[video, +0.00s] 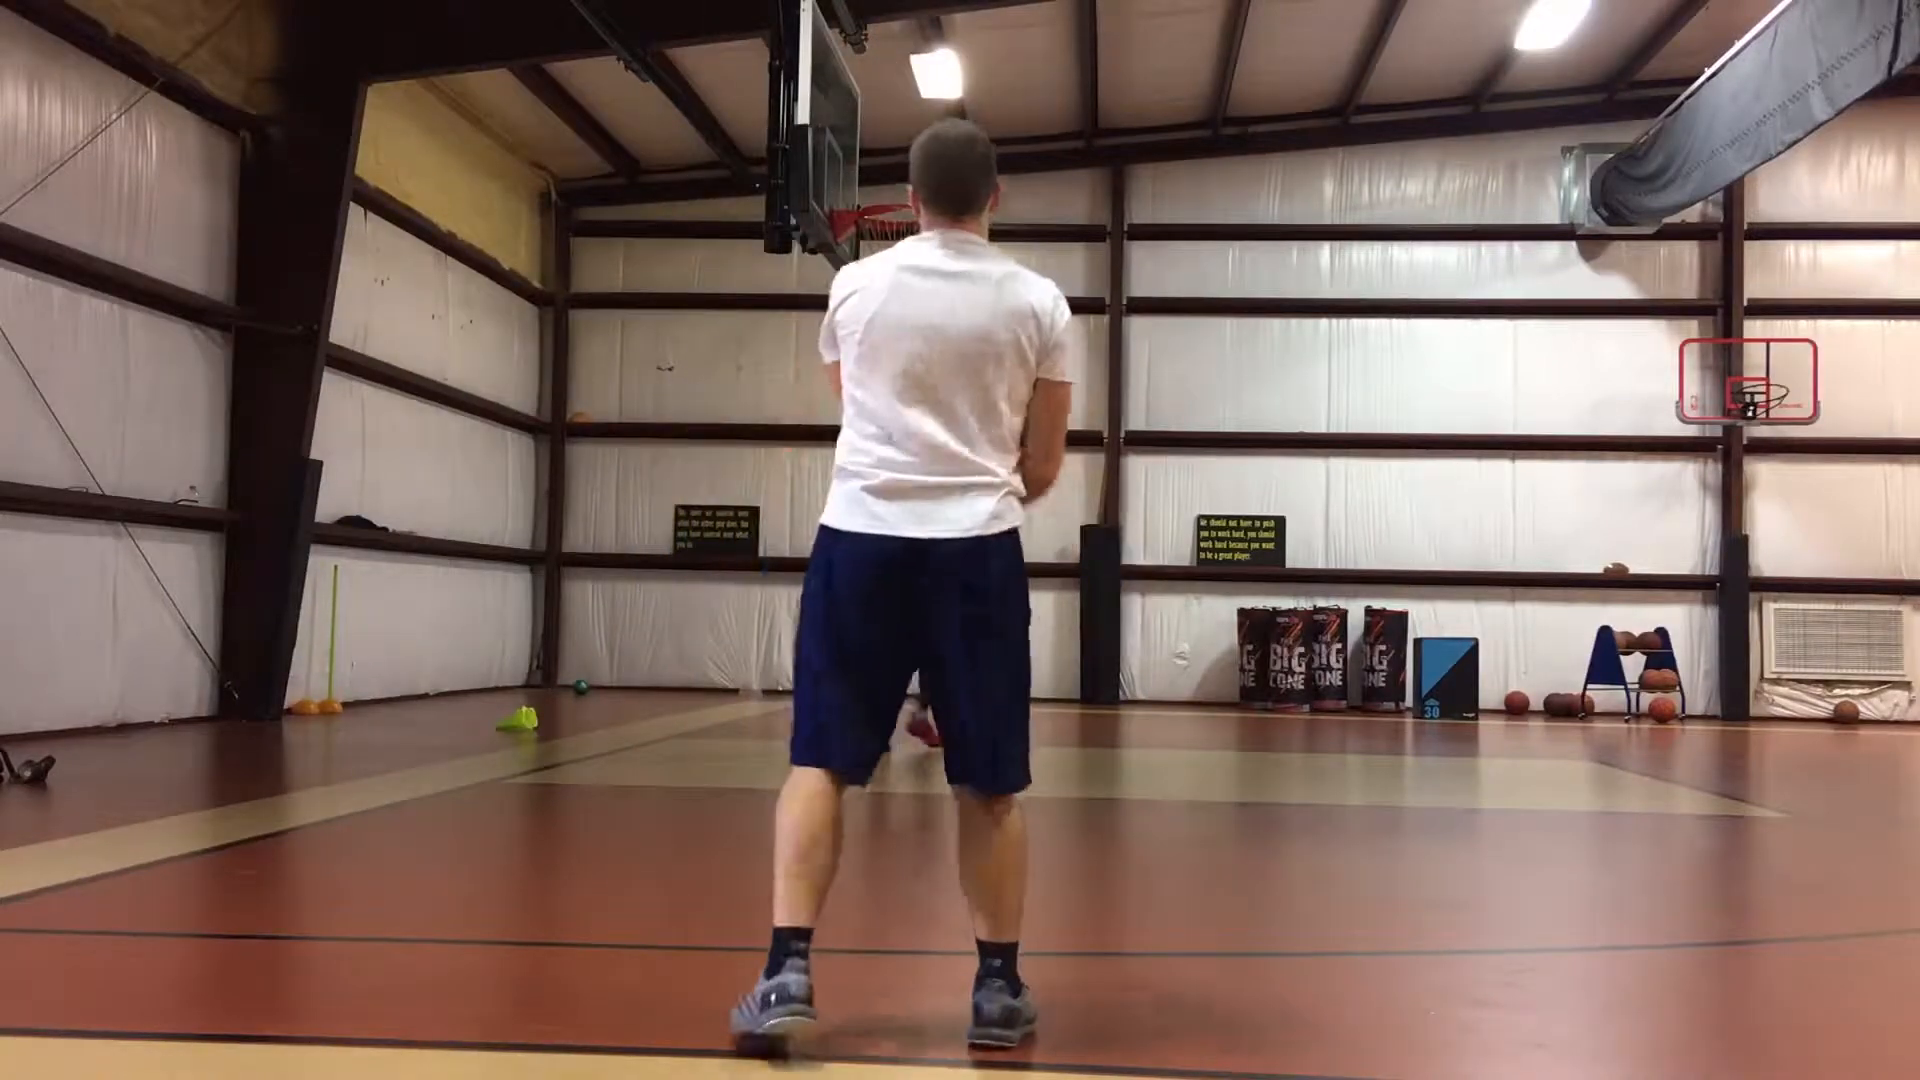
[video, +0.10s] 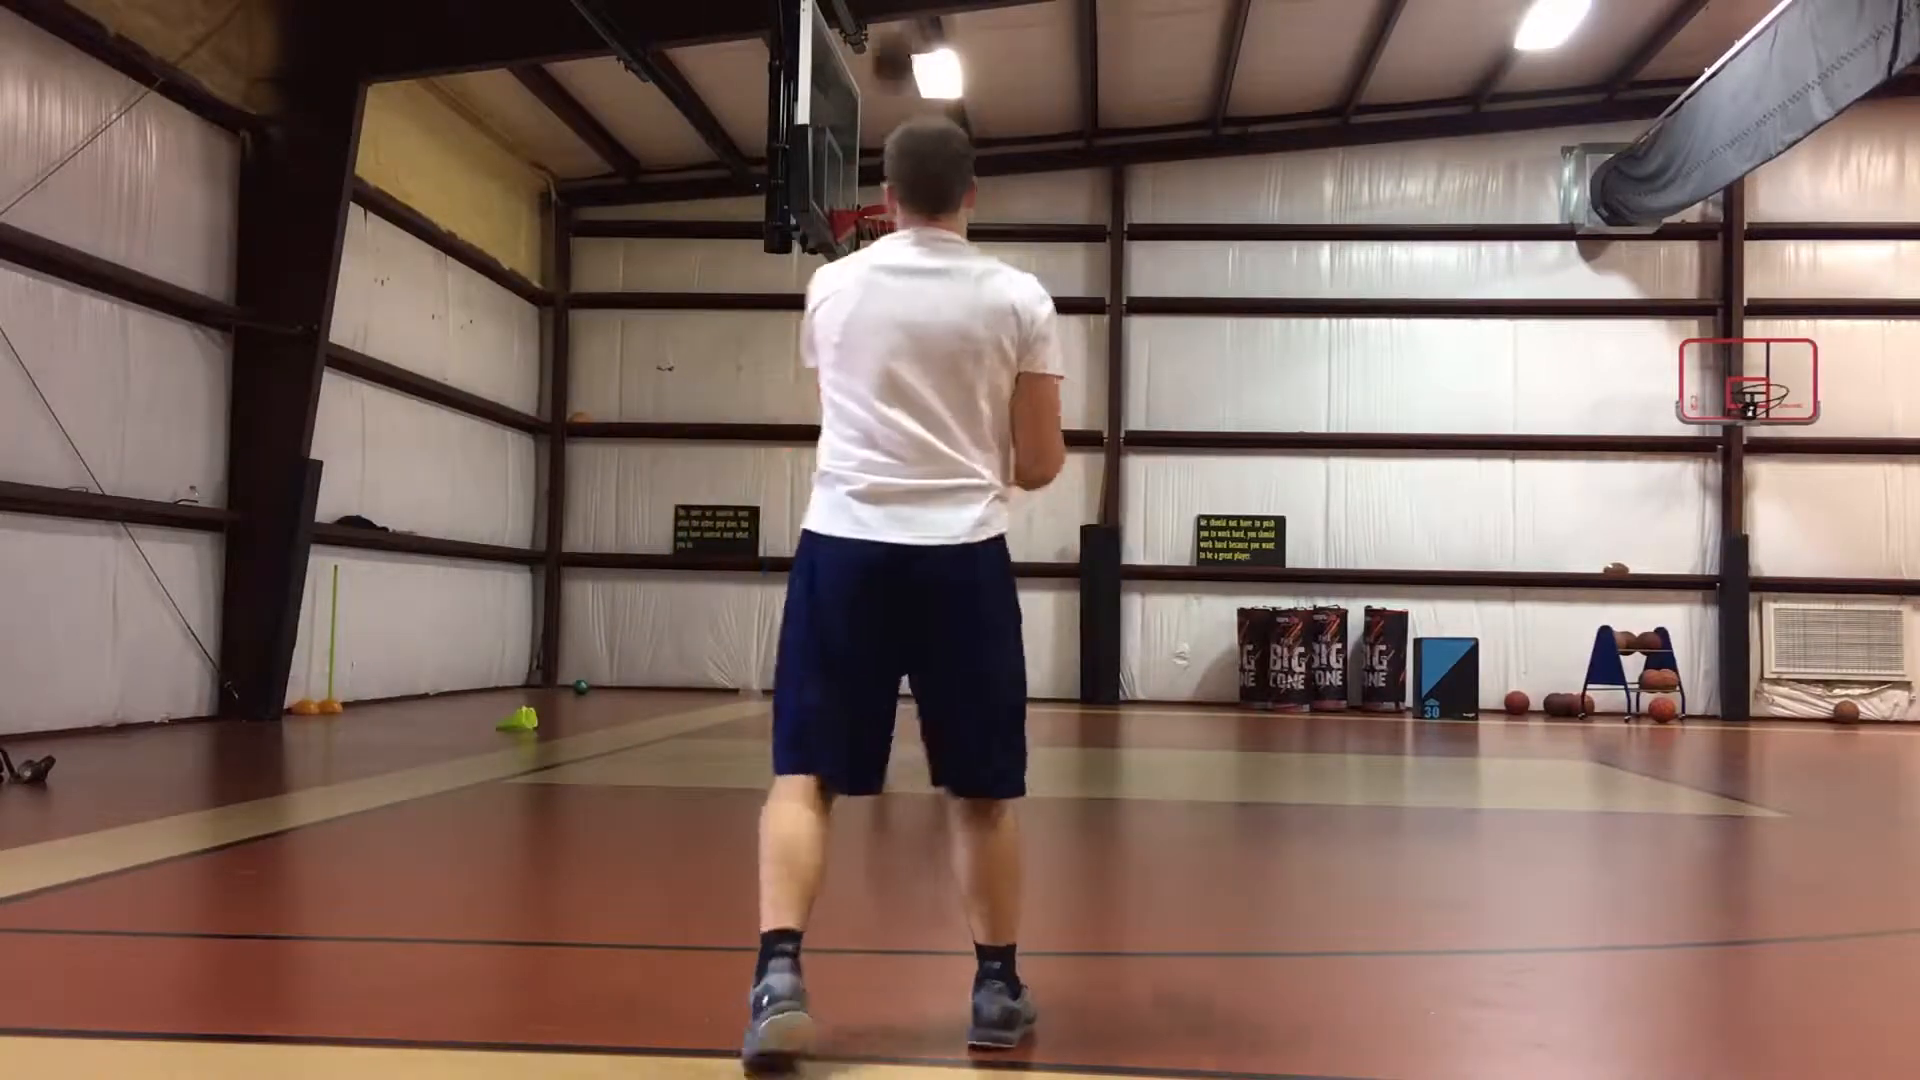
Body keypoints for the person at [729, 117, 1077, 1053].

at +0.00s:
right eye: (995, 189)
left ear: (913, 195)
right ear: (997, 197)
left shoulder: (856, 285)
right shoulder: (1039, 302)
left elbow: (849, 407)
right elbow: (1042, 468)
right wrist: (969, 498)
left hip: (858, 552)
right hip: (978, 559)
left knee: (818, 756)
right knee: (991, 782)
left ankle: (788, 969)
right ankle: (997, 984)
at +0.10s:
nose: (885, 202)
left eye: (882, 189)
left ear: (885, 196)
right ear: (971, 196)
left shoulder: (833, 288)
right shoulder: (1019, 300)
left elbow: (838, 402)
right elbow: (1038, 464)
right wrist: (964, 439)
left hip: (842, 563)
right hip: (964, 570)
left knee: (802, 770)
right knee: (986, 789)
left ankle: (779, 978)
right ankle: (998, 987)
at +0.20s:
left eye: (857, 188)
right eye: (939, 190)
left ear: (853, 197)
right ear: (943, 197)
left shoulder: (798, 287)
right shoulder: (987, 291)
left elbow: (801, 394)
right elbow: (1035, 451)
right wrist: (1054, 475)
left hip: (810, 569)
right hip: (937, 576)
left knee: (794, 784)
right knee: (969, 792)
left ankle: (774, 1008)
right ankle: (996, 992)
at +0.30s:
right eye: (912, 176)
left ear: (817, 186)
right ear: (905, 184)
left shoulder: (760, 283)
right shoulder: (951, 280)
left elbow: (750, 437)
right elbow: (991, 427)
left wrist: (826, 487)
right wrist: (1055, 505)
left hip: (782, 562)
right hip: (910, 566)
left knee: (781, 790)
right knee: (946, 790)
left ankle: (775, 1023)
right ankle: (989, 986)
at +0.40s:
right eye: (882, 163)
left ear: (789, 173)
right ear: (878, 169)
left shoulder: (729, 274)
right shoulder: (925, 262)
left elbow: (718, 443)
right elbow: (952, 416)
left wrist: (755, 535)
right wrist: (1015, 526)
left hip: (757, 557)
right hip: (889, 558)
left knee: (769, 790)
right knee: (920, 780)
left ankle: (774, 1027)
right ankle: (948, 998)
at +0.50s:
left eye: (775, 153)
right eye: (856, 151)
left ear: (765, 160)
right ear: (860, 155)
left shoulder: (710, 262)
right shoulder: (904, 250)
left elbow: (675, 432)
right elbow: (931, 407)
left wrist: (642, 558)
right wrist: (978, 529)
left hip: (738, 556)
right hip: (871, 555)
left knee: (760, 790)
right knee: (892, 779)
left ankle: (772, 1030)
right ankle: (866, 988)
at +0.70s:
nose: (847, 156)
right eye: (849, 144)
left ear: (745, 144)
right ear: (839, 145)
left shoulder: (676, 239)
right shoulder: (878, 242)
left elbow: (591, 373)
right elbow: (938, 409)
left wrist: (537, 516)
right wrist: (965, 503)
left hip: (685, 533)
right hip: (809, 533)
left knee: (726, 782)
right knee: (784, 788)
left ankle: (764, 1026)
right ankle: (715, 1031)